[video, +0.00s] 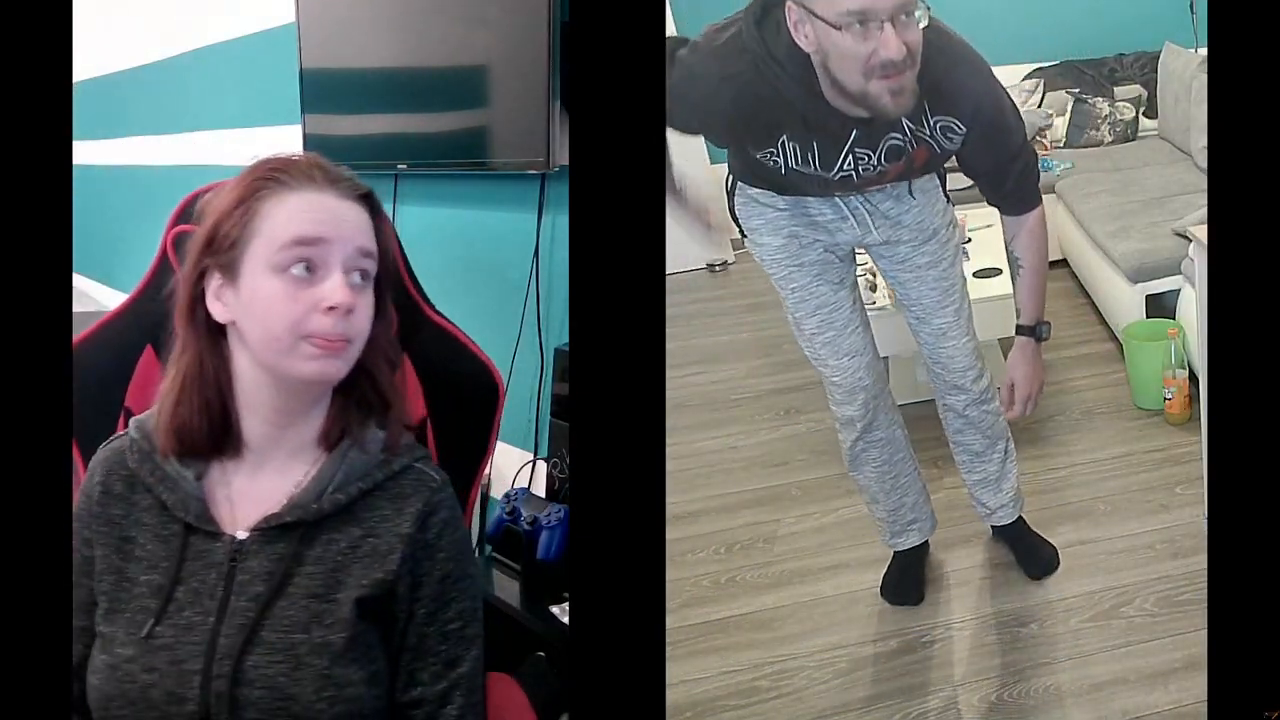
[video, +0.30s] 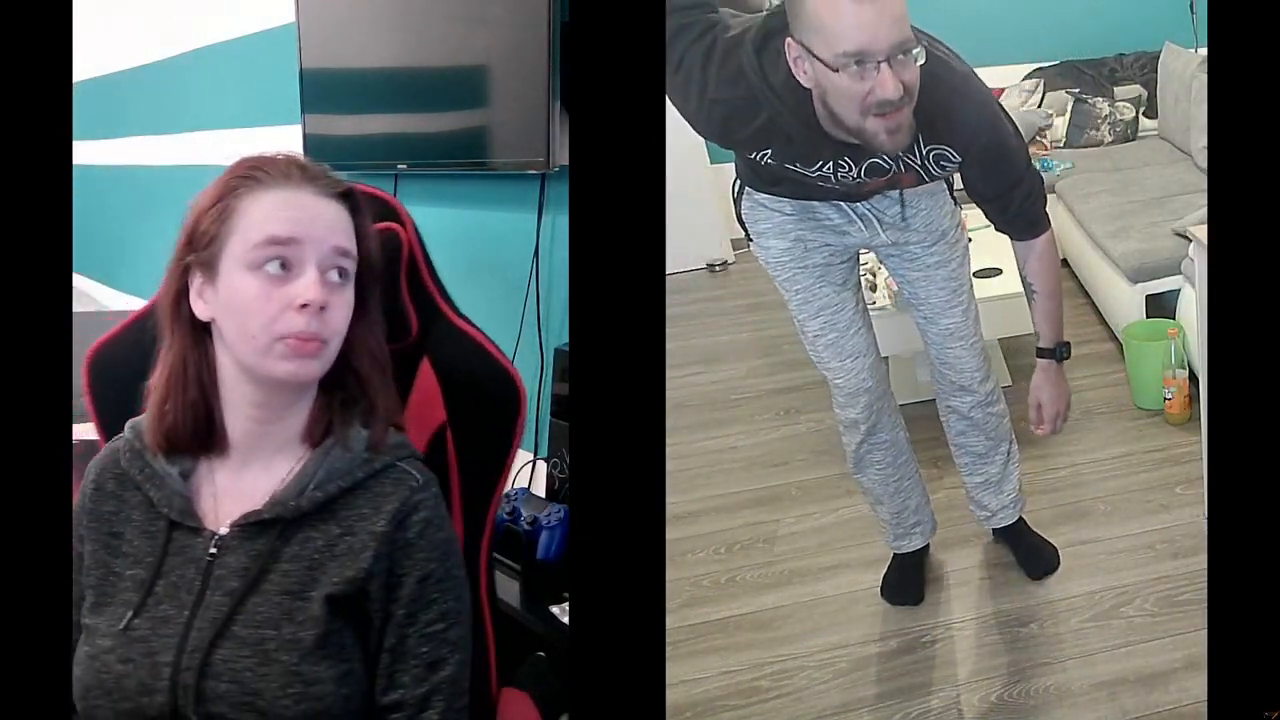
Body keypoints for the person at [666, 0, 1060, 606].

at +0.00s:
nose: (895, 48)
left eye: (906, 17)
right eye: (861, 25)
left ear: (922, 10)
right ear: (802, 27)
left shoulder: (961, 81)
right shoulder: (727, 76)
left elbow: (1022, 202)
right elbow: (668, 100)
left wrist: (1030, 335)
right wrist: (679, 192)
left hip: (909, 189)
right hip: (785, 203)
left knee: (959, 363)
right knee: (854, 386)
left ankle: (1004, 511)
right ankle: (908, 535)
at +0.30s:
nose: (890, 87)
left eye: (901, 55)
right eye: (855, 65)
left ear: (916, 41)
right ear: (802, 65)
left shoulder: (958, 100)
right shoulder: (730, 85)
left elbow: (1029, 221)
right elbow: (679, 14)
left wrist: (1052, 355)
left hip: (917, 190)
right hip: (792, 204)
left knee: (965, 365)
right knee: (857, 390)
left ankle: (1003, 511)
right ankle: (909, 537)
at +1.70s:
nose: (961, 126)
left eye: (982, 96)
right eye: (934, 96)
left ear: (997, 74)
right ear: (888, 79)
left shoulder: (1033, 134)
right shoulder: (814, 77)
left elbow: (1080, 261)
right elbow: (752, 1)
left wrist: (1086, 393)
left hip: (978, 196)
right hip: (856, 185)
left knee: (994, 363)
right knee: (891, 371)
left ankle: (1007, 512)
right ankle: (911, 532)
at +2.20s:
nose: (948, 211)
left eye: (968, 182)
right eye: (924, 186)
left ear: (988, 134)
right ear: (879, 145)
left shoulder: (1025, 150)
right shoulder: (813, 134)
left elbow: (1087, 276)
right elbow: (739, 23)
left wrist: (1097, 403)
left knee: (997, 354)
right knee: (915, 366)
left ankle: (1010, 516)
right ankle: (946, 541)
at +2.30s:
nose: (939, 238)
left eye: (958, 210)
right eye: (913, 213)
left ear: (977, 147)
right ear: (868, 166)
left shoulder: (1017, 161)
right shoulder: (805, 158)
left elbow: (1083, 285)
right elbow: (715, 34)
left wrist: (1094, 412)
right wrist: (712, 23)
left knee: (991, 355)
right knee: (911, 370)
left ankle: (1010, 516)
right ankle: (945, 542)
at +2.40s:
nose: (922, 280)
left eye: (939, 248)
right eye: (896, 251)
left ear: (965, 182)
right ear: (852, 191)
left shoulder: (1015, 186)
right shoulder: (796, 183)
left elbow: (1080, 306)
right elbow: (706, 117)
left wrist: (1091, 431)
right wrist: (731, 265)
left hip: (950, 78)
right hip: (821, 85)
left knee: (986, 364)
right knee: (903, 377)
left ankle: (1009, 514)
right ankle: (944, 541)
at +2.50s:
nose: (911, 315)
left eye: (927, 291)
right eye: (886, 298)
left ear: (949, 217)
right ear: (837, 229)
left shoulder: (1005, 203)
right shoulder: (781, 196)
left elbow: (1080, 322)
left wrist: (1084, 451)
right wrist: (733, 345)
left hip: (938, 79)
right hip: (812, 89)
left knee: (983, 364)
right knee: (899, 386)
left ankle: (1008, 506)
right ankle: (944, 541)